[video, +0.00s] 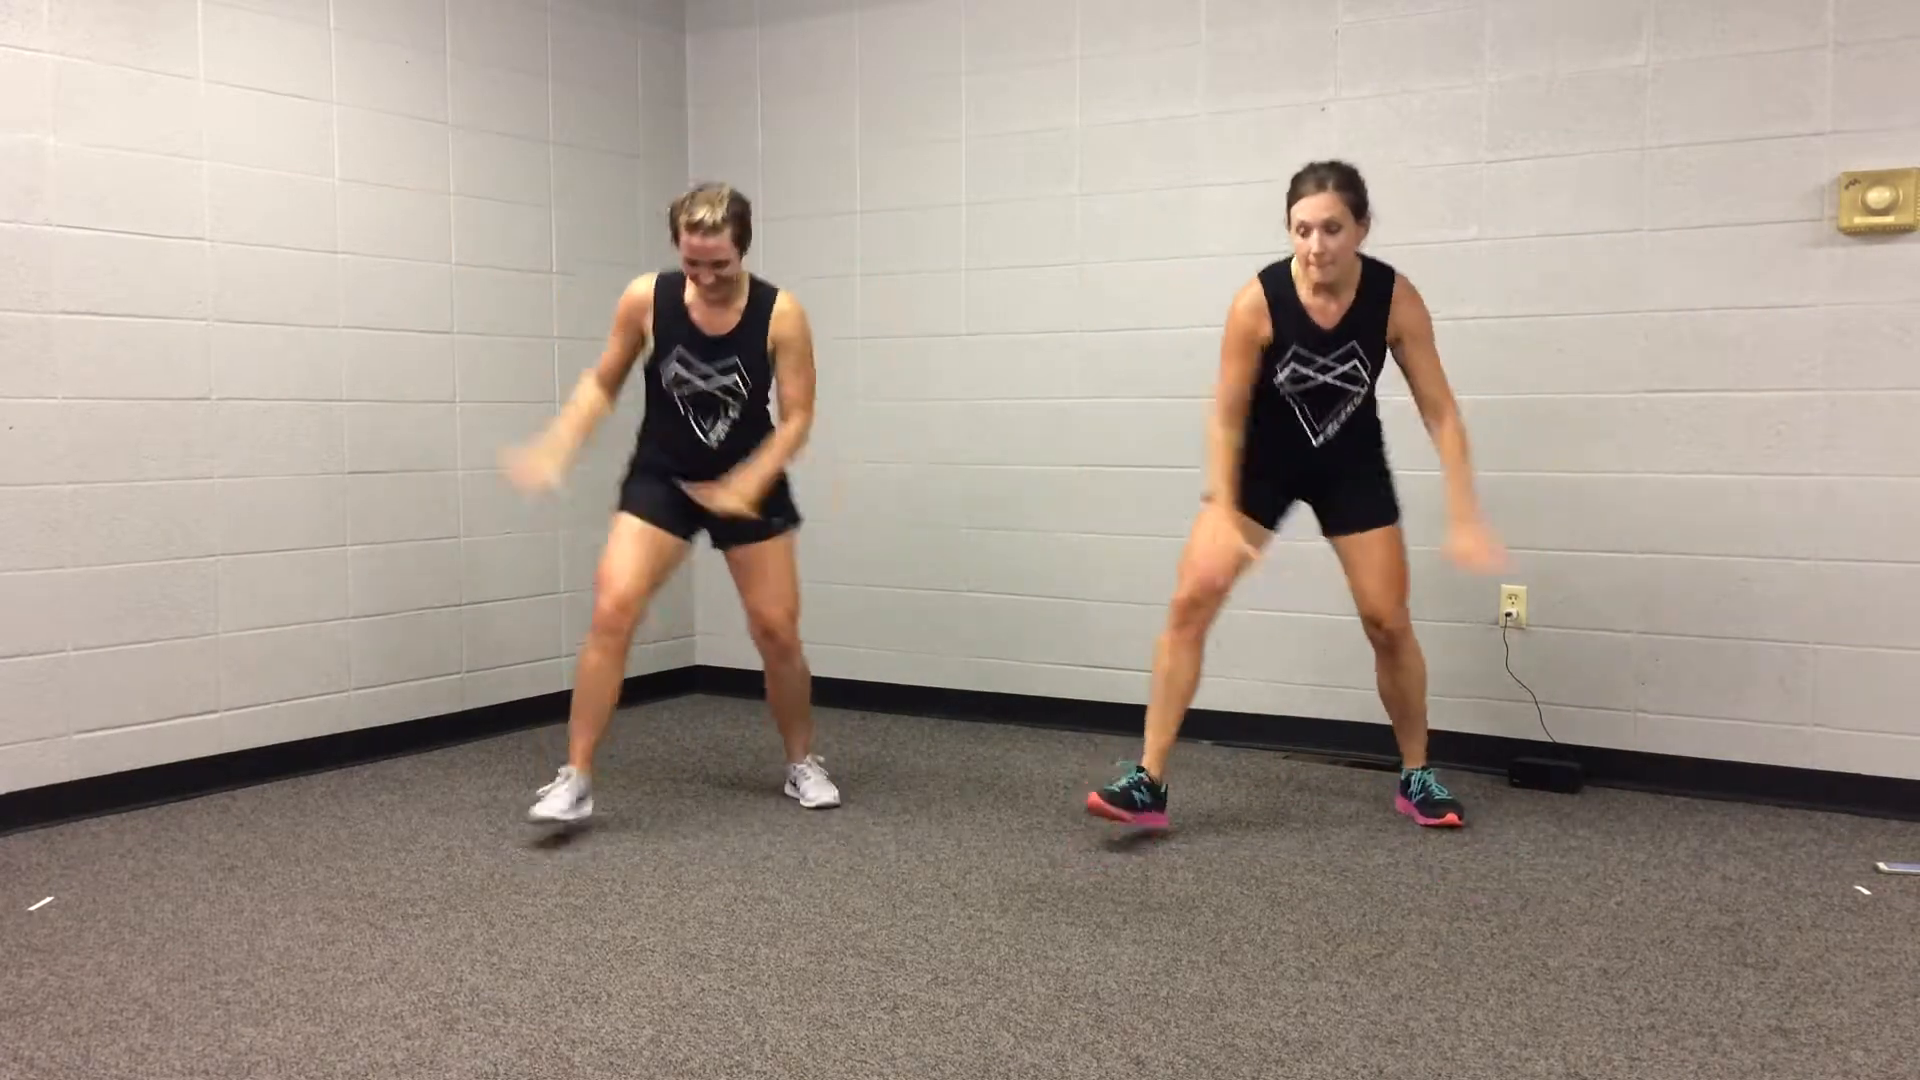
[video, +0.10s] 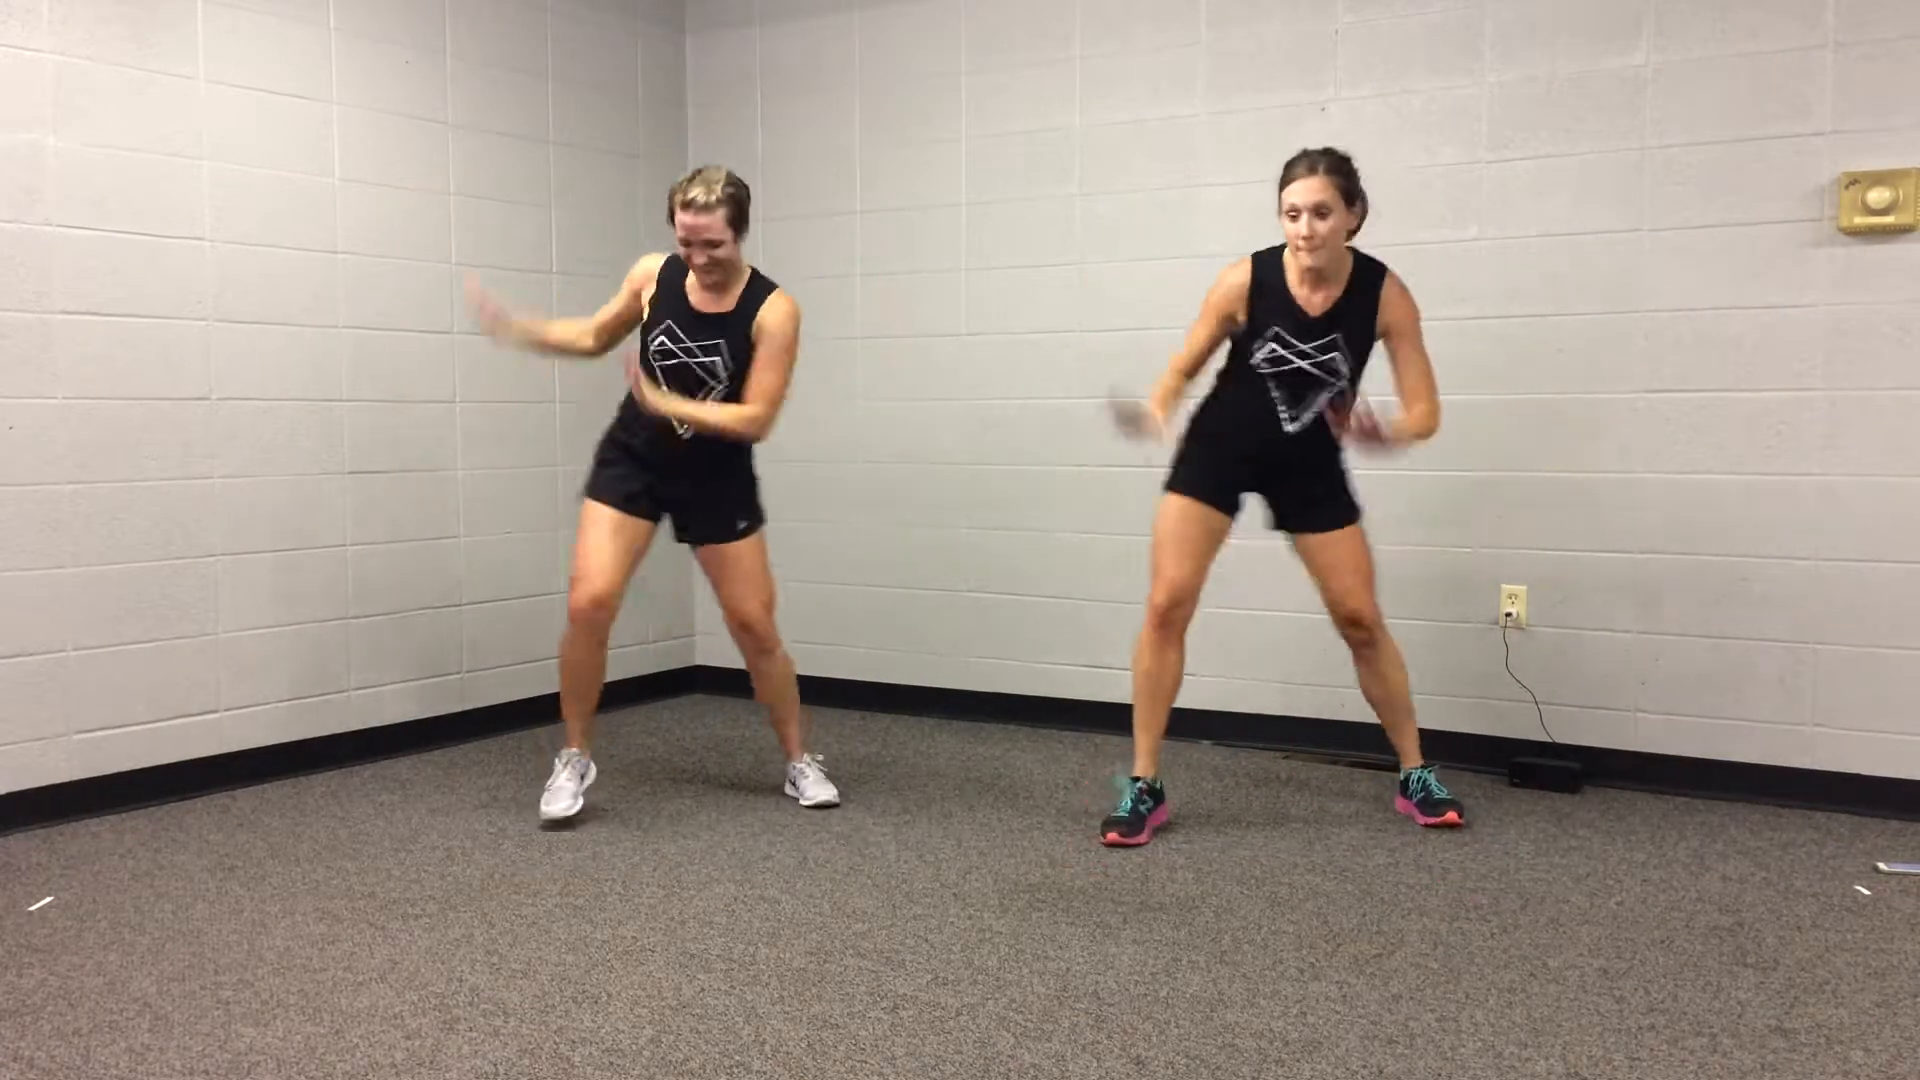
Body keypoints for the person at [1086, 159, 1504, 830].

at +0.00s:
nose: (1315, 246)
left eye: (1331, 229)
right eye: (1302, 231)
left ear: (1362, 230)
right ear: (1288, 232)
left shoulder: (1395, 301)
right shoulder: (1257, 307)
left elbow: (1441, 412)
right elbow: (1226, 418)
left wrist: (1465, 515)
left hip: (1351, 461)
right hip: (1264, 461)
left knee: (1387, 621)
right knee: (1189, 602)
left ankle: (1416, 773)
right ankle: (1148, 776)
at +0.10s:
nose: (1304, 228)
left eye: (1321, 212)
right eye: (1293, 213)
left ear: (1355, 217)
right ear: (1279, 217)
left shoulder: (1384, 296)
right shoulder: (1245, 282)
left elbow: (1424, 412)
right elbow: (1183, 369)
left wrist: (1383, 432)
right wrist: (1157, 407)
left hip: (1308, 457)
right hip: (1221, 445)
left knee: (1361, 621)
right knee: (1167, 604)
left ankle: (1415, 773)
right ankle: (1142, 782)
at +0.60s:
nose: (1248, 167)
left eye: (1265, 158)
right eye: (1237, 157)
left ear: (1288, 178)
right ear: (1219, 173)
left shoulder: (1305, 264)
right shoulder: (1190, 264)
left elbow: (1370, 352)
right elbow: (1151, 372)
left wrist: (1456, 350)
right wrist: (1255, 370)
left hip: (1293, 468)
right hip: (1205, 470)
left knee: (1379, 607)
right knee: (1178, 638)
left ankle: (1440, 800)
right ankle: (1143, 789)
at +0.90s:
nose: (1290, 178)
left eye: (1305, 168)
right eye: (1275, 168)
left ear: (1326, 191)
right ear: (1251, 192)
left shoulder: (1362, 280)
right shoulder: (1231, 288)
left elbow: (1425, 377)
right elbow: (1232, 406)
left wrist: (1524, 403)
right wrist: (1335, 391)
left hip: (1394, 478)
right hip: (1292, 487)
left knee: (1443, 645)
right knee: (1207, 657)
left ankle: (1453, 834)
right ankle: (1160, 787)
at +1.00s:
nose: (1302, 172)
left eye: (1316, 161)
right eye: (1286, 164)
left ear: (1339, 184)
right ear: (1264, 191)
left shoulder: (1387, 271)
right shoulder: (1247, 289)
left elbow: (1457, 368)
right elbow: (1250, 408)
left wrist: (1522, 463)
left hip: (1381, 478)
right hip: (1279, 479)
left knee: (1436, 649)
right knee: (1158, 627)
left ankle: (1453, 834)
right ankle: (1137, 768)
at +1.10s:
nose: (1304, 156)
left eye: (1318, 144)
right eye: (1289, 149)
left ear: (1346, 164)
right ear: (1271, 174)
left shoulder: (1394, 252)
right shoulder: (1250, 270)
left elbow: (1471, 341)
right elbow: (1208, 373)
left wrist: (1465, 385)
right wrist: (1183, 444)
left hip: (1355, 472)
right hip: (1249, 465)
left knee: (1413, 646)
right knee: (1127, 596)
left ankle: (1452, 834)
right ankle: (1114, 760)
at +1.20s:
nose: (1298, 156)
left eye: (1314, 143)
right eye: (1283, 148)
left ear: (1343, 163)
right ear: (1266, 173)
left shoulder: (1385, 250)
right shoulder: (1245, 263)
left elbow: (1471, 344)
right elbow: (1177, 369)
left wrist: (1392, 300)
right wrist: (1127, 344)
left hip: (1309, 469)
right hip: (1210, 450)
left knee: (1370, 646)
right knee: (1121, 602)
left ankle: (1448, 831)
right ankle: (1096, 785)